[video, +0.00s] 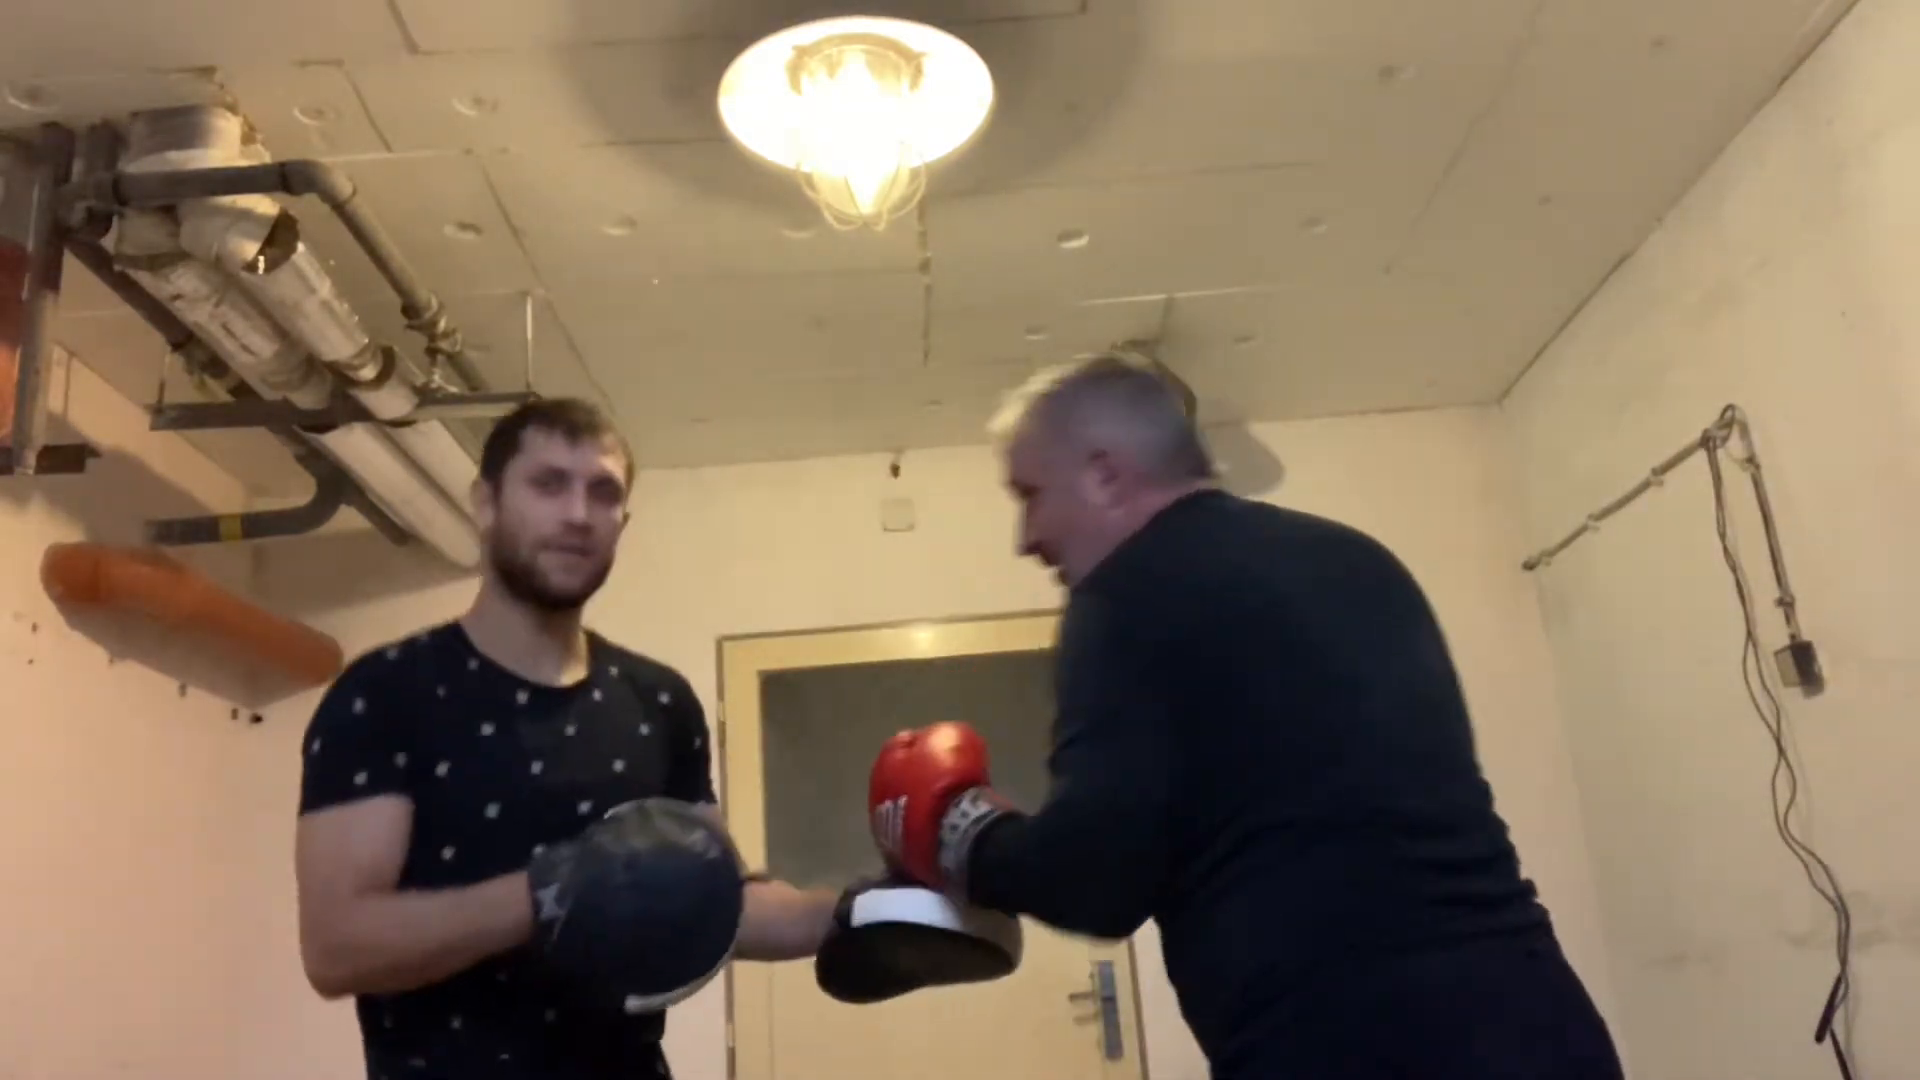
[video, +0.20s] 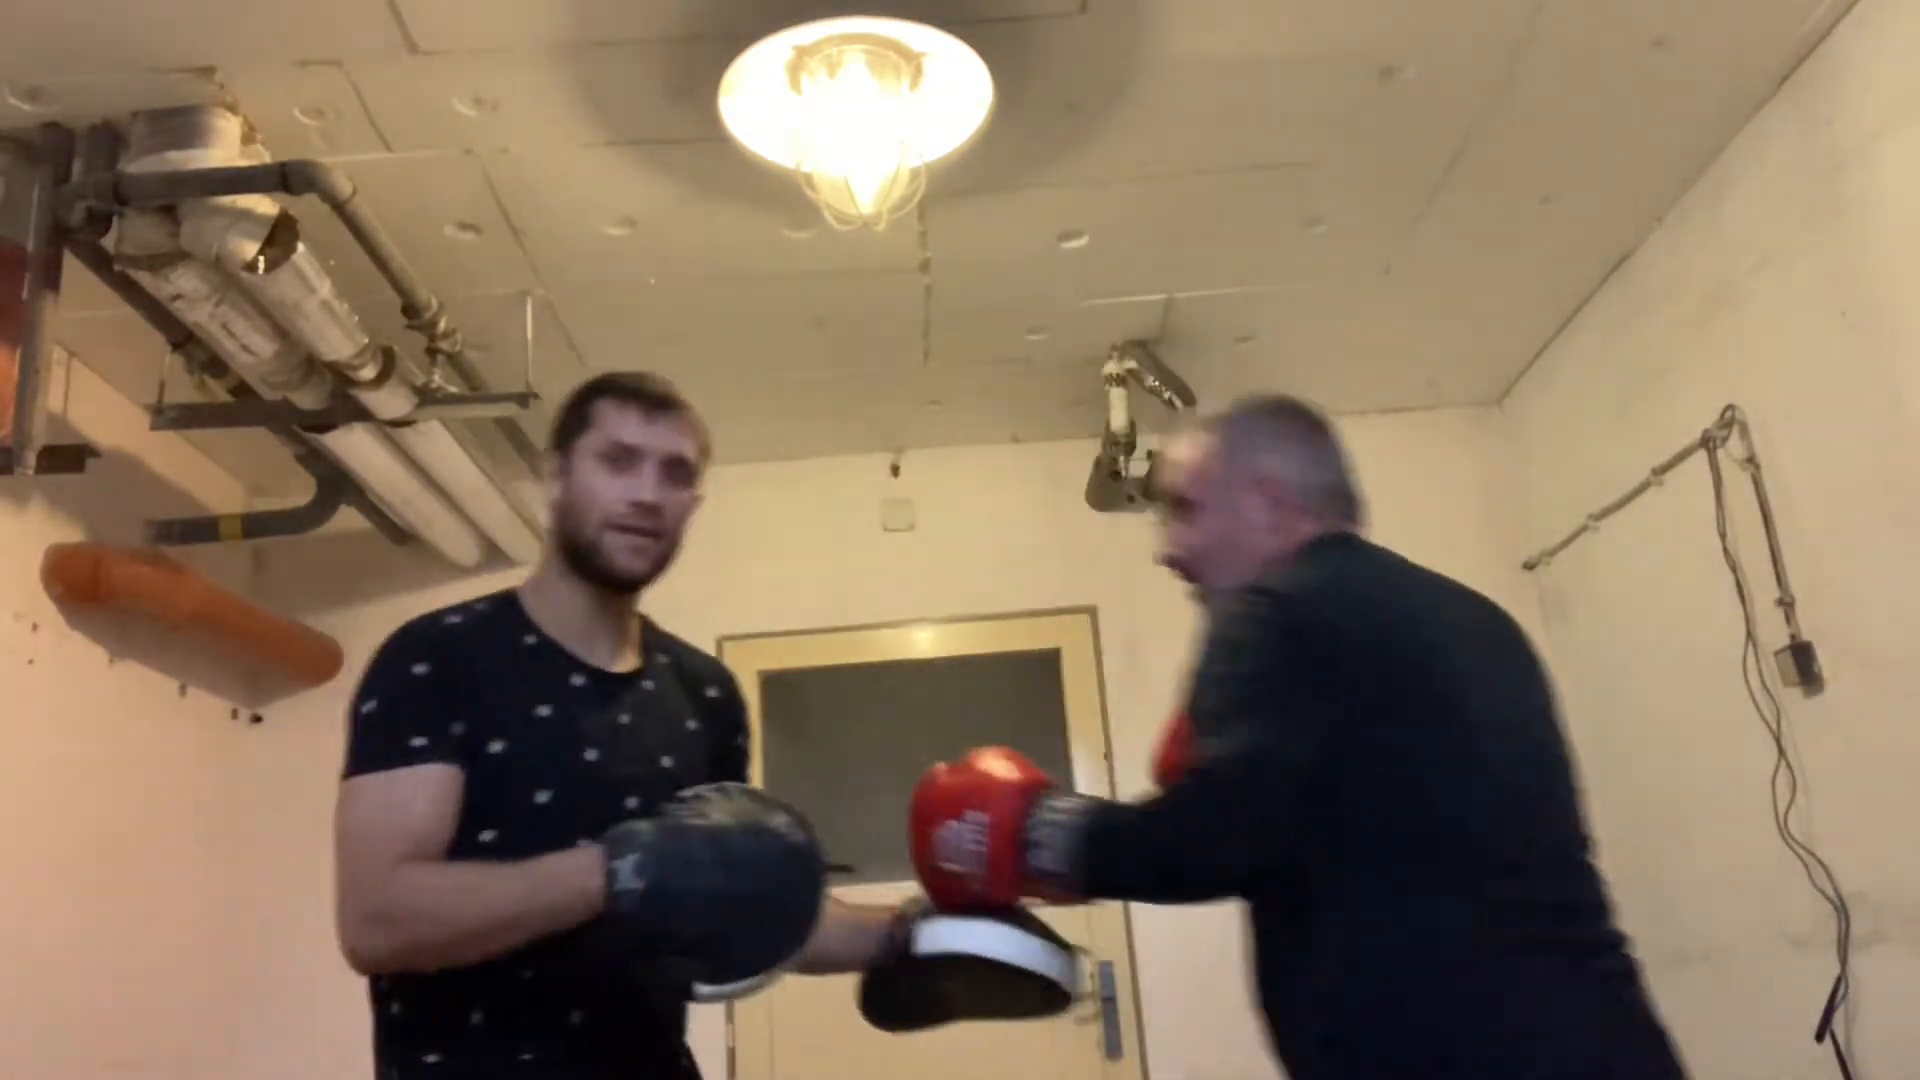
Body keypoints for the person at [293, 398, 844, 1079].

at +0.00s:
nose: (580, 513)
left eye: (603, 493)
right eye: (549, 483)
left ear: (622, 525)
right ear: (485, 503)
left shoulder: (661, 705)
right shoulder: (386, 697)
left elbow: (705, 897)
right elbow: (339, 946)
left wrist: (856, 912)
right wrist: (554, 891)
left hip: (621, 1059)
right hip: (446, 1063)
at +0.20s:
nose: (648, 494)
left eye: (675, 475)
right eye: (618, 461)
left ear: (695, 505)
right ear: (556, 476)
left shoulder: (704, 696)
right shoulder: (435, 663)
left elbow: (727, 909)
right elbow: (378, 920)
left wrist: (901, 936)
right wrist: (622, 870)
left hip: (646, 1059)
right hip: (463, 1059)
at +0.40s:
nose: (766, 488)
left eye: (794, 469)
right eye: (738, 452)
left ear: (806, 501)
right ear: (672, 461)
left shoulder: (792, 705)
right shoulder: (533, 634)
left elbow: (808, 919)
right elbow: (451, 893)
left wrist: (1005, 927)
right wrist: (700, 882)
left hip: (690, 1060)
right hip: (512, 1059)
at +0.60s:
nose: (831, 487)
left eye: (858, 470)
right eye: (805, 449)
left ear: (872, 499)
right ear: (731, 454)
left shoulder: (836, 708)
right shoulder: (596, 611)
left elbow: (863, 918)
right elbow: (510, 871)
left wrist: (1083, 888)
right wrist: (794, 887)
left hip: (712, 1061)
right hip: (537, 1054)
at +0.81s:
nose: (817, 481)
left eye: (845, 462)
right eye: (790, 441)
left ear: (856, 491)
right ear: (718, 447)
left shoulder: (812, 702)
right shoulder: (584, 604)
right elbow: (543, 878)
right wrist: (828, 864)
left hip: (697, 1057)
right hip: (527, 1055)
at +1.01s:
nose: (740, 482)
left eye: (759, 463)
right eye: (709, 440)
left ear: (765, 485)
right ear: (619, 443)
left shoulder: (700, 696)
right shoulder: (497, 608)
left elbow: (734, 946)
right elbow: (511, 885)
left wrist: (855, 879)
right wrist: (808, 831)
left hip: (632, 1060)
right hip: (470, 1059)